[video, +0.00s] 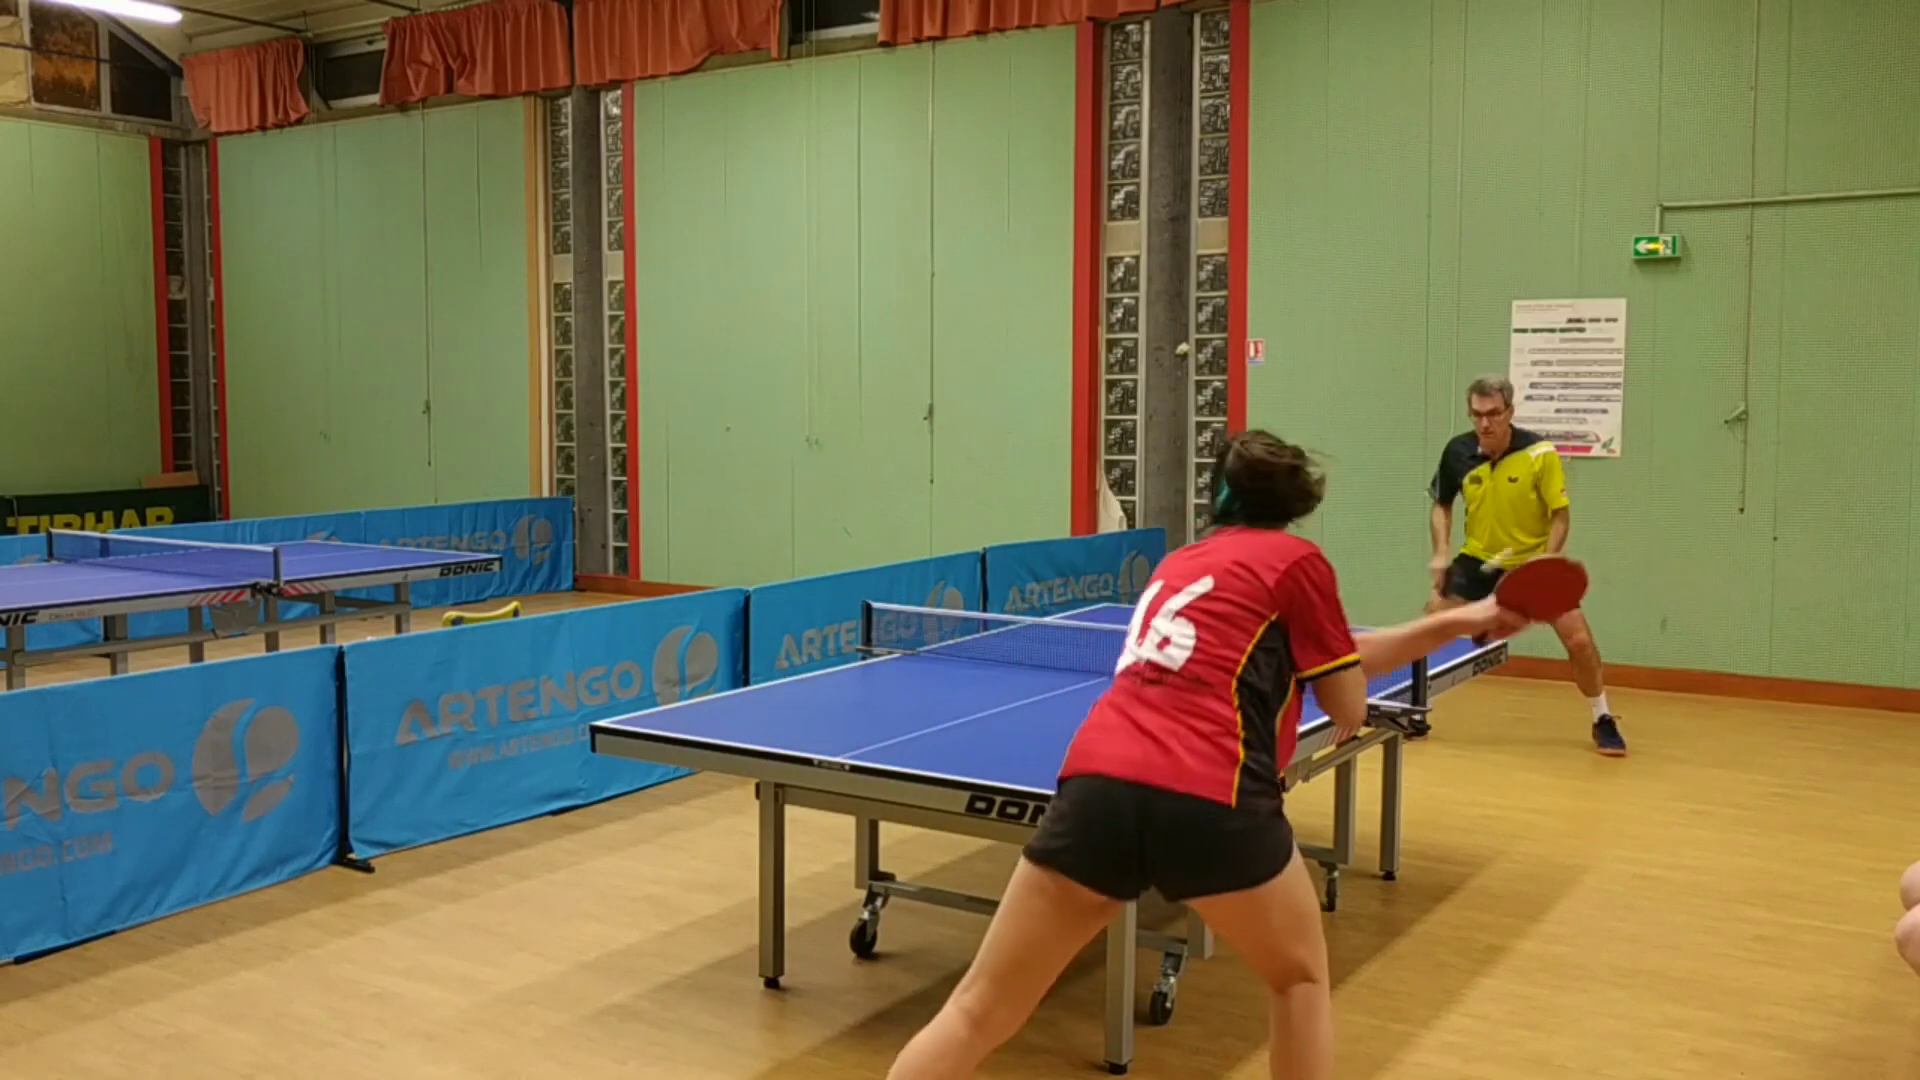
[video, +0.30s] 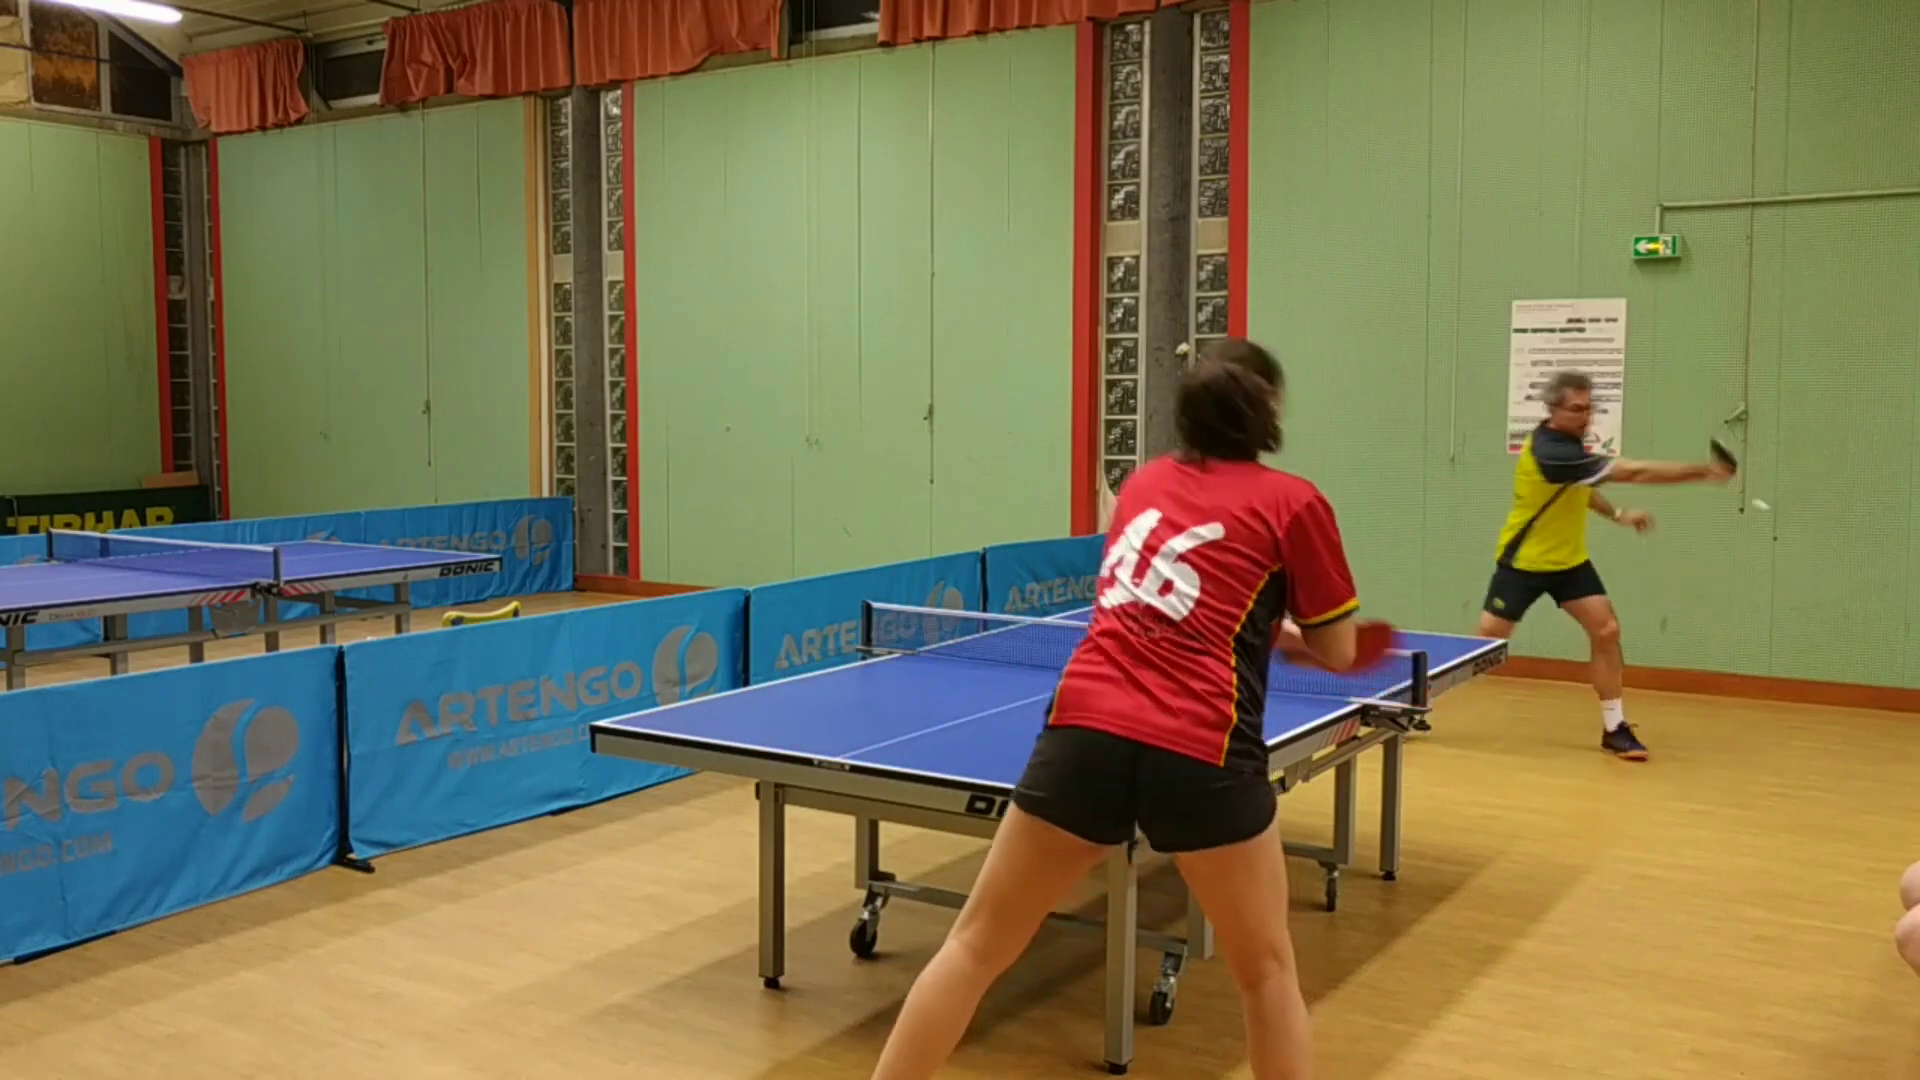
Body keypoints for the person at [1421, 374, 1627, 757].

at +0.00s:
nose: (1484, 424)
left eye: (1492, 415)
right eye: (1477, 415)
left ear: (1510, 412)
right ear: (1470, 415)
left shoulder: (1539, 454)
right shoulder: (1459, 452)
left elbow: (1560, 518)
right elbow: (1442, 502)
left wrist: (1545, 566)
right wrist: (1441, 555)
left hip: (1532, 564)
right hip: (1475, 562)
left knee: (1580, 641)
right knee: (1432, 626)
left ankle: (1603, 718)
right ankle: (1411, 707)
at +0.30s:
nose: (1585, 416)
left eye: (1588, 409)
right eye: (1576, 409)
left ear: (1588, 410)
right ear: (1553, 410)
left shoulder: (1571, 446)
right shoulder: (1549, 449)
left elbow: (1582, 490)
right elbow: (1630, 472)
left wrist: (1617, 514)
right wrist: (1703, 472)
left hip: (1569, 561)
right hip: (1522, 562)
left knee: (1606, 631)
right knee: (1487, 643)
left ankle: (1615, 728)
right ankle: (1418, 700)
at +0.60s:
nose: (1705, 441)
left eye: (1706, 435)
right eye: (1705, 434)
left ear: (1670, 422)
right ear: (1688, 432)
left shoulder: (1624, 441)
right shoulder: (1660, 457)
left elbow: (1574, 477)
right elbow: (1706, 491)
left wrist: (1601, 515)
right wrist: (1770, 460)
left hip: (1596, 563)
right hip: (1569, 561)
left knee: (1640, 628)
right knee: (1537, 648)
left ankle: (1625, 730)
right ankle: (1437, 694)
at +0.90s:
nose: (1750, 421)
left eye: (1753, 413)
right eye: (1750, 411)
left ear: (1722, 402)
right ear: (1729, 403)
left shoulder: (1668, 421)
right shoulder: (1697, 436)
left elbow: (1656, 502)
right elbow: (1674, 507)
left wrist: (1673, 573)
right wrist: (1681, 577)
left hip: (1611, 535)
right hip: (1631, 541)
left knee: (1639, 638)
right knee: (1658, 641)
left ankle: (1627, 729)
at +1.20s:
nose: (1806, 414)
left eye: (1811, 406)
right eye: (1805, 403)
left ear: (1780, 395)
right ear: (1779, 391)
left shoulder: (1753, 431)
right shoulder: (1735, 427)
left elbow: (1729, 501)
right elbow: (1702, 494)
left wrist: (1760, 539)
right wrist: (1694, 567)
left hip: (1707, 557)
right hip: (1714, 561)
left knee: (1681, 639)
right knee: (1754, 652)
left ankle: (1634, 721)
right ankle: (1750, 771)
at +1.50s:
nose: (1891, 413)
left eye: (1897, 405)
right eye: (1893, 402)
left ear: (1872, 389)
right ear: (1867, 384)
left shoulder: (1838, 427)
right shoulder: (1810, 421)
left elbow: (1803, 507)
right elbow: (1792, 505)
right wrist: (1833, 576)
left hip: (1804, 562)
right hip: (1777, 561)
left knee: (1831, 652)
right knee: (1788, 663)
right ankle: (1753, 772)